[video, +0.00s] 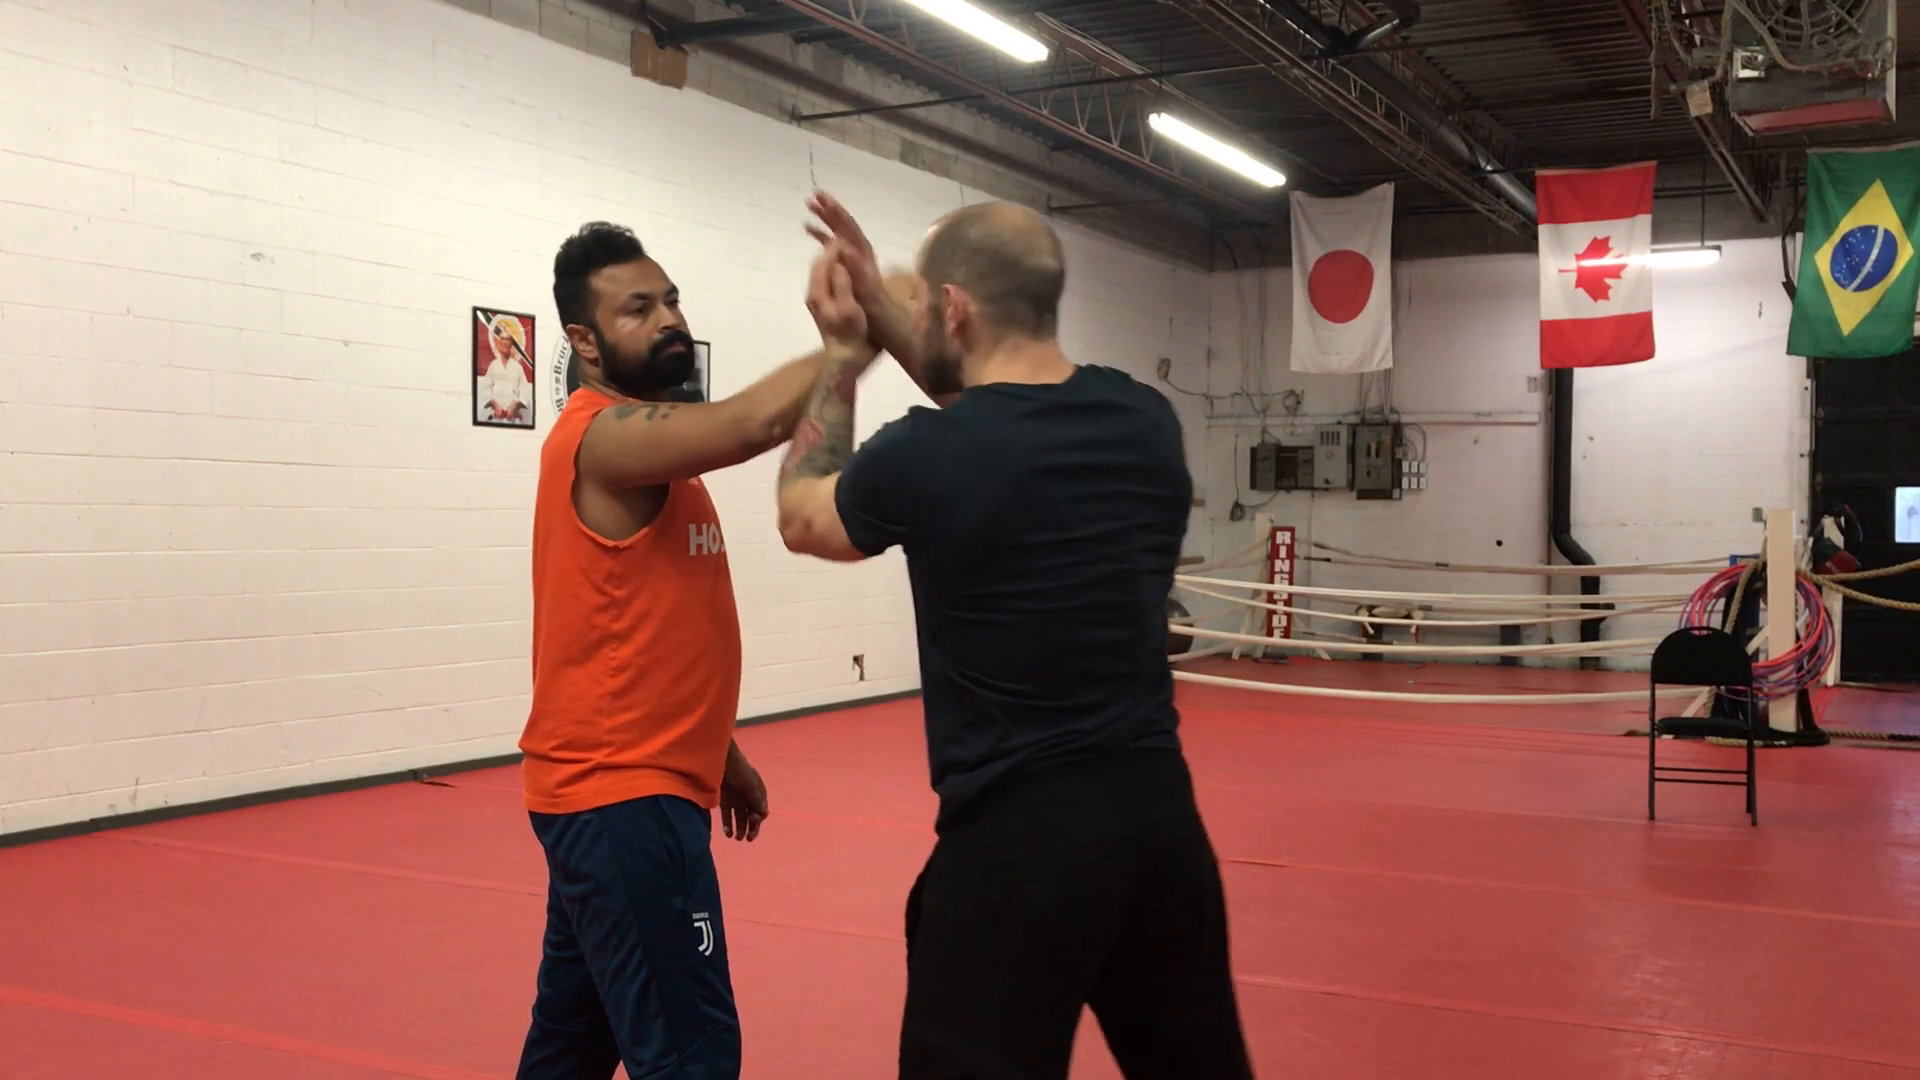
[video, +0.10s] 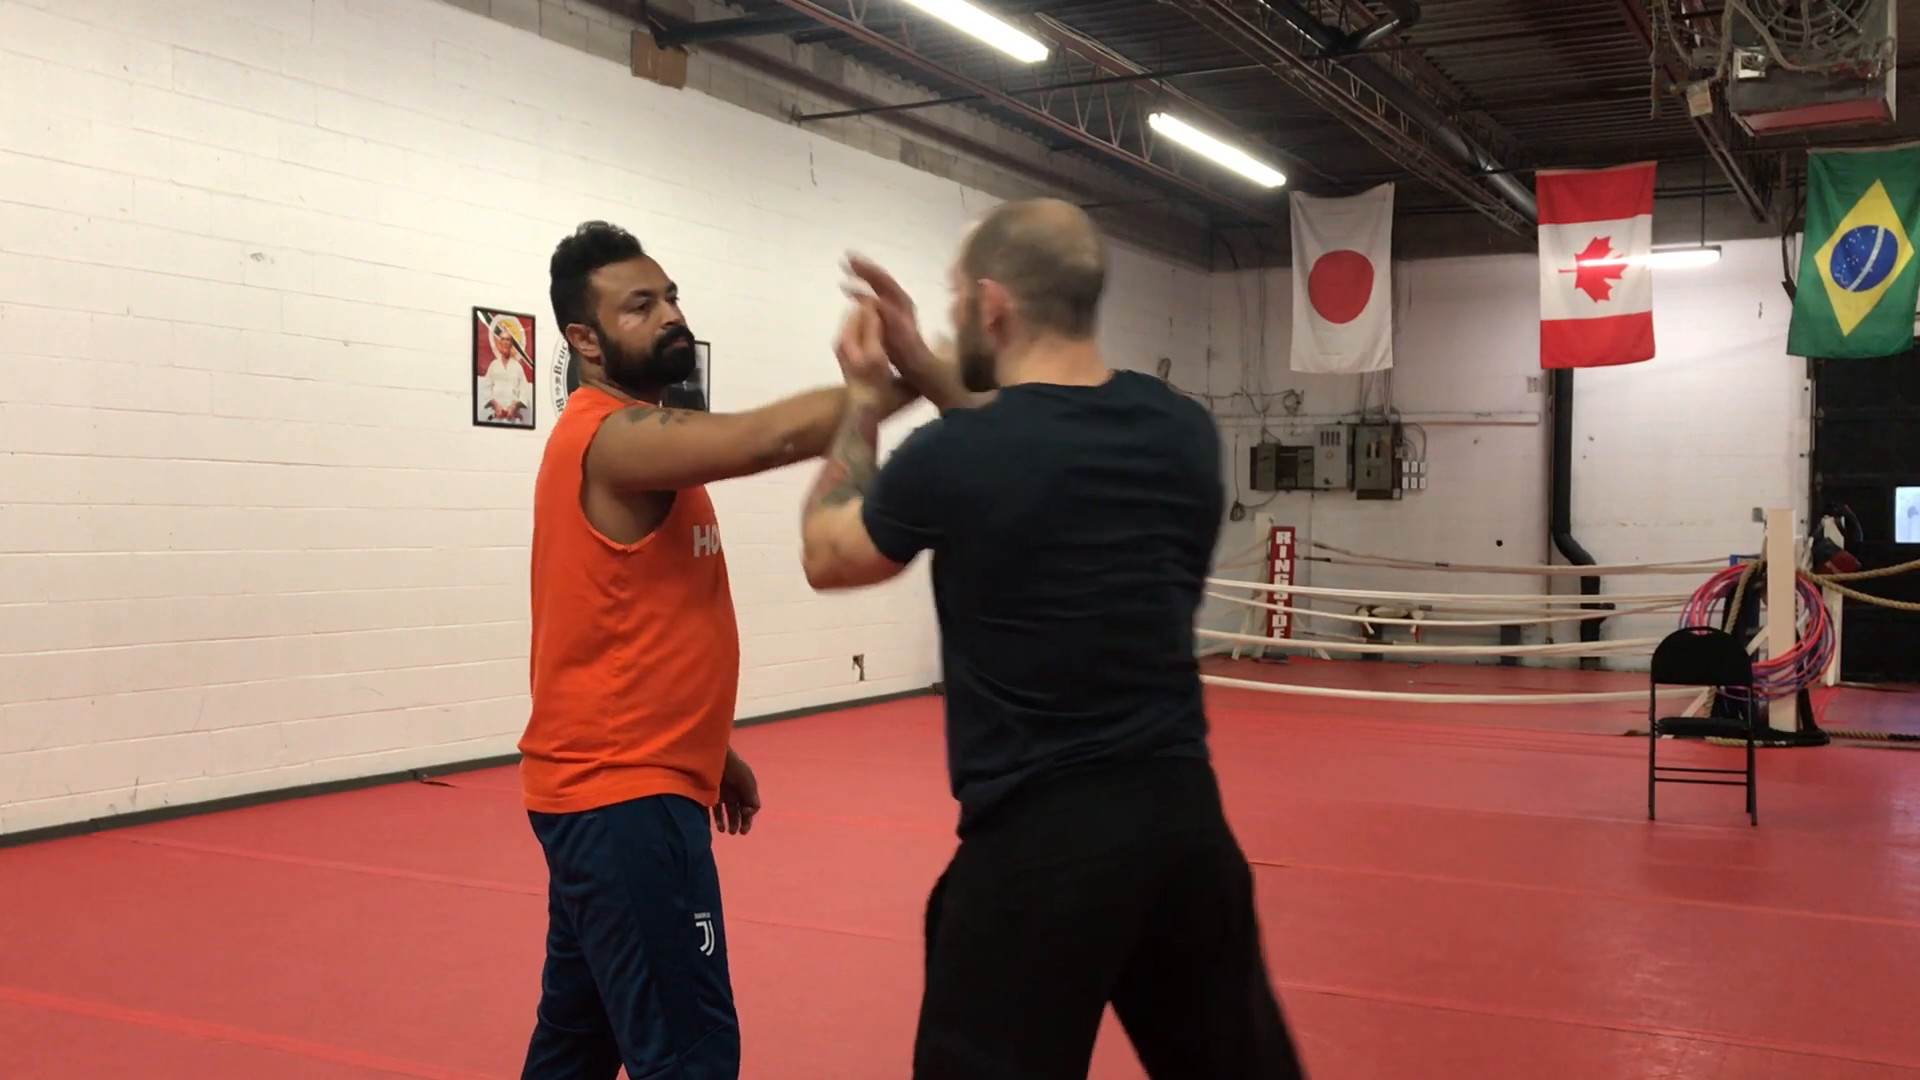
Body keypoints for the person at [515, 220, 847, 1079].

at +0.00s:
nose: (669, 319)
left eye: (670, 301)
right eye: (637, 308)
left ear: (679, 305)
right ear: (585, 341)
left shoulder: (631, 432)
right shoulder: (606, 431)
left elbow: (641, 623)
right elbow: (749, 419)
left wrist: (719, 750)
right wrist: (848, 350)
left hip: (630, 788)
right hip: (619, 793)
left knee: (571, 1047)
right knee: (693, 1054)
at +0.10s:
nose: (671, 316)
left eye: (671, 298)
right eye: (641, 306)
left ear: (679, 303)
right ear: (584, 340)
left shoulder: (626, 429)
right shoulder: (611, 433)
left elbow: (628, 623)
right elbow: (764, 437)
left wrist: (708, 750)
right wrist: (895, 385)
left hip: (615, 786)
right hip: (623, 791)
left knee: (576, 1046)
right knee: (691, 1053)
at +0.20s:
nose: (679, 315)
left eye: (673, 298)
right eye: (648, 303)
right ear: (588, 338)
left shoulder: (598, 432)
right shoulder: (621, 439)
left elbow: (624, 623)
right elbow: (786, 463)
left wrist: (695, 752)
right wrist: (935, 434)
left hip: (605, 787)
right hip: (626, 791)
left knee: (576, 1041)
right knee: (689, 1052)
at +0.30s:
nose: (685, 315)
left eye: (678, 297)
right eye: (655, 303)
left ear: (600, 345)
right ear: (594, 337)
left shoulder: (582, 433)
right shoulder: (629, 444)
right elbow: (788, 484)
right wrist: (935, 457)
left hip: (589, 785)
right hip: (636, 791)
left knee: (572, 1040)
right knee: (690, 1052)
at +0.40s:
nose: (689, 315)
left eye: (681, 296)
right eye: (659, 305)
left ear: (596, 346)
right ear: (595, 338)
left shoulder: (578, 435)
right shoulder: (627, 445)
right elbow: (770, 517)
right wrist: (885, 481)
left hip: (586, 784)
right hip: (641, 792)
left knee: (571, 1039)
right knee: (693, 1052)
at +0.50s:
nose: (690, 318)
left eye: (682, 299)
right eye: (661, 306)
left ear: (598, 345)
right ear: (598, 339)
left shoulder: (576, 437)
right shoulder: (621, 442)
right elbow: (724, 571)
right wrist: (843, 532)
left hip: (587, 787)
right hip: (639, 793)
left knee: (573, 1040)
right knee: (697, 1050)